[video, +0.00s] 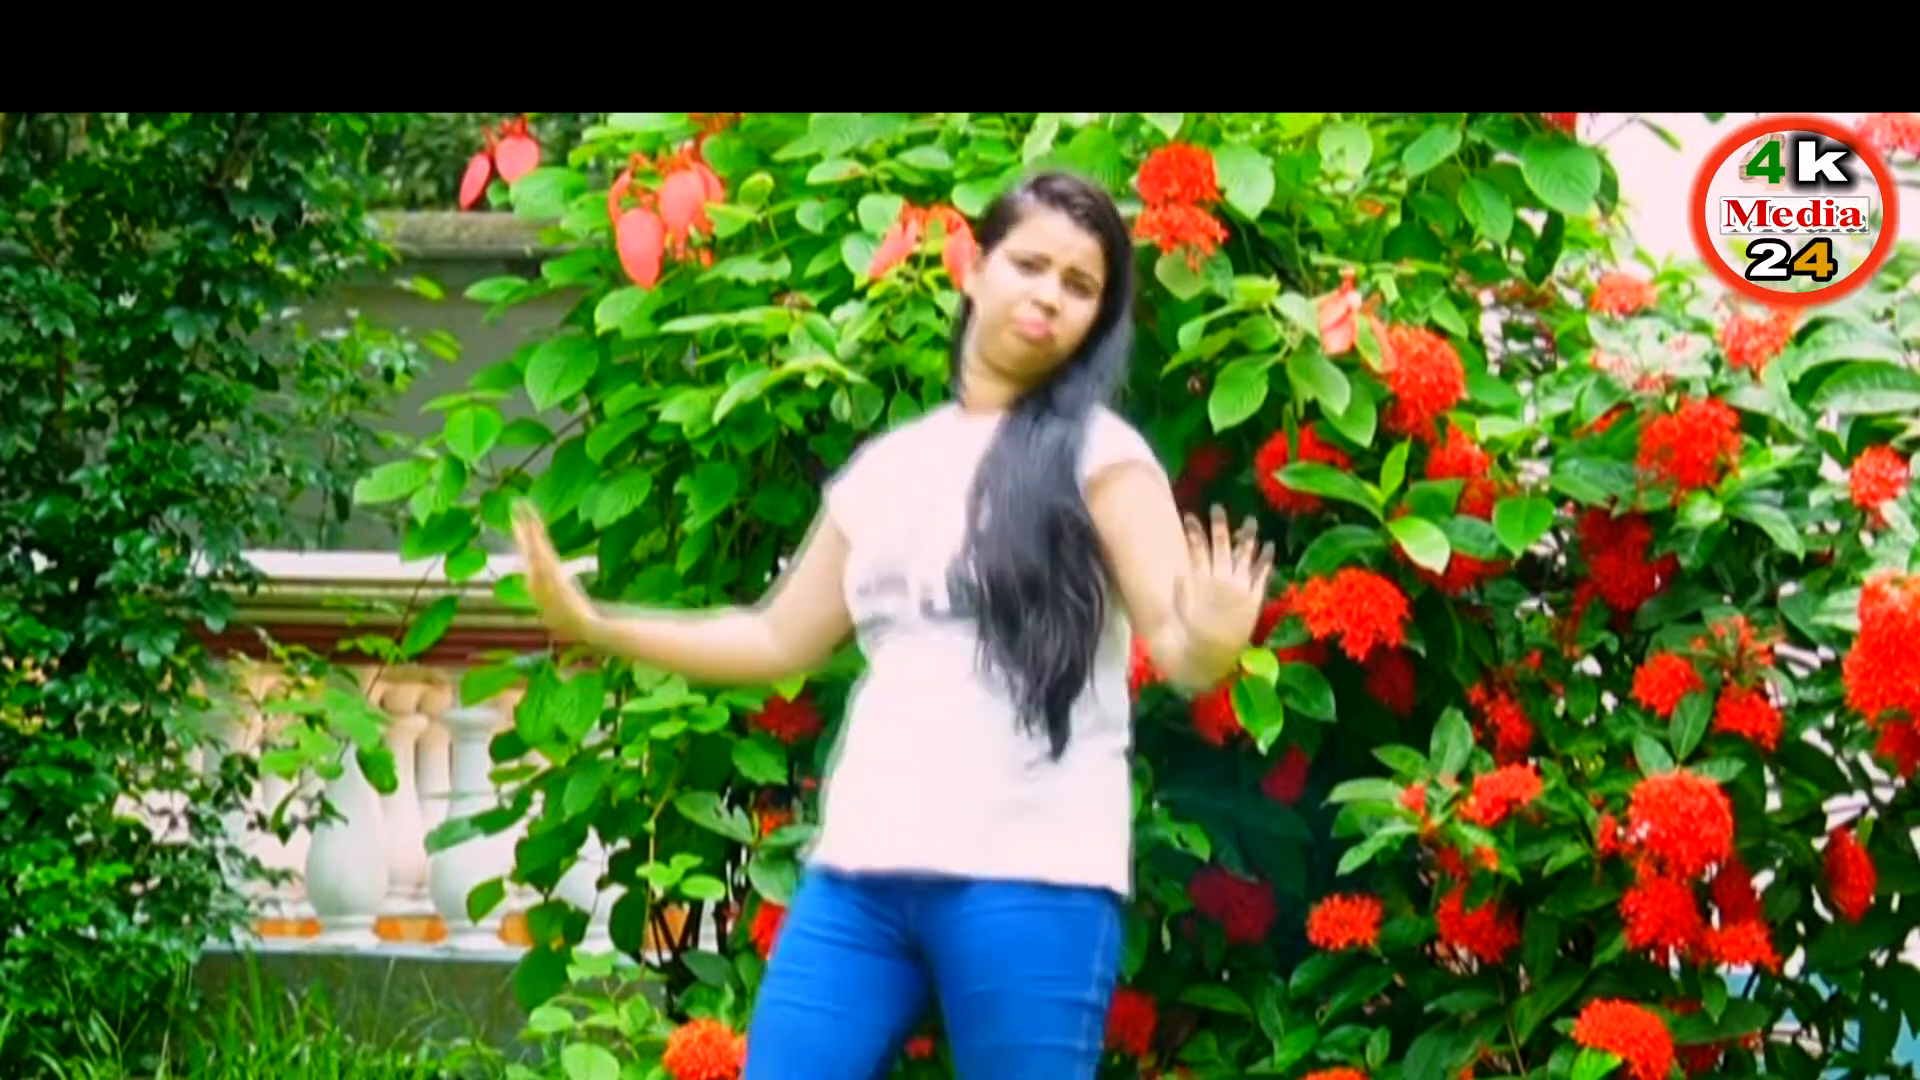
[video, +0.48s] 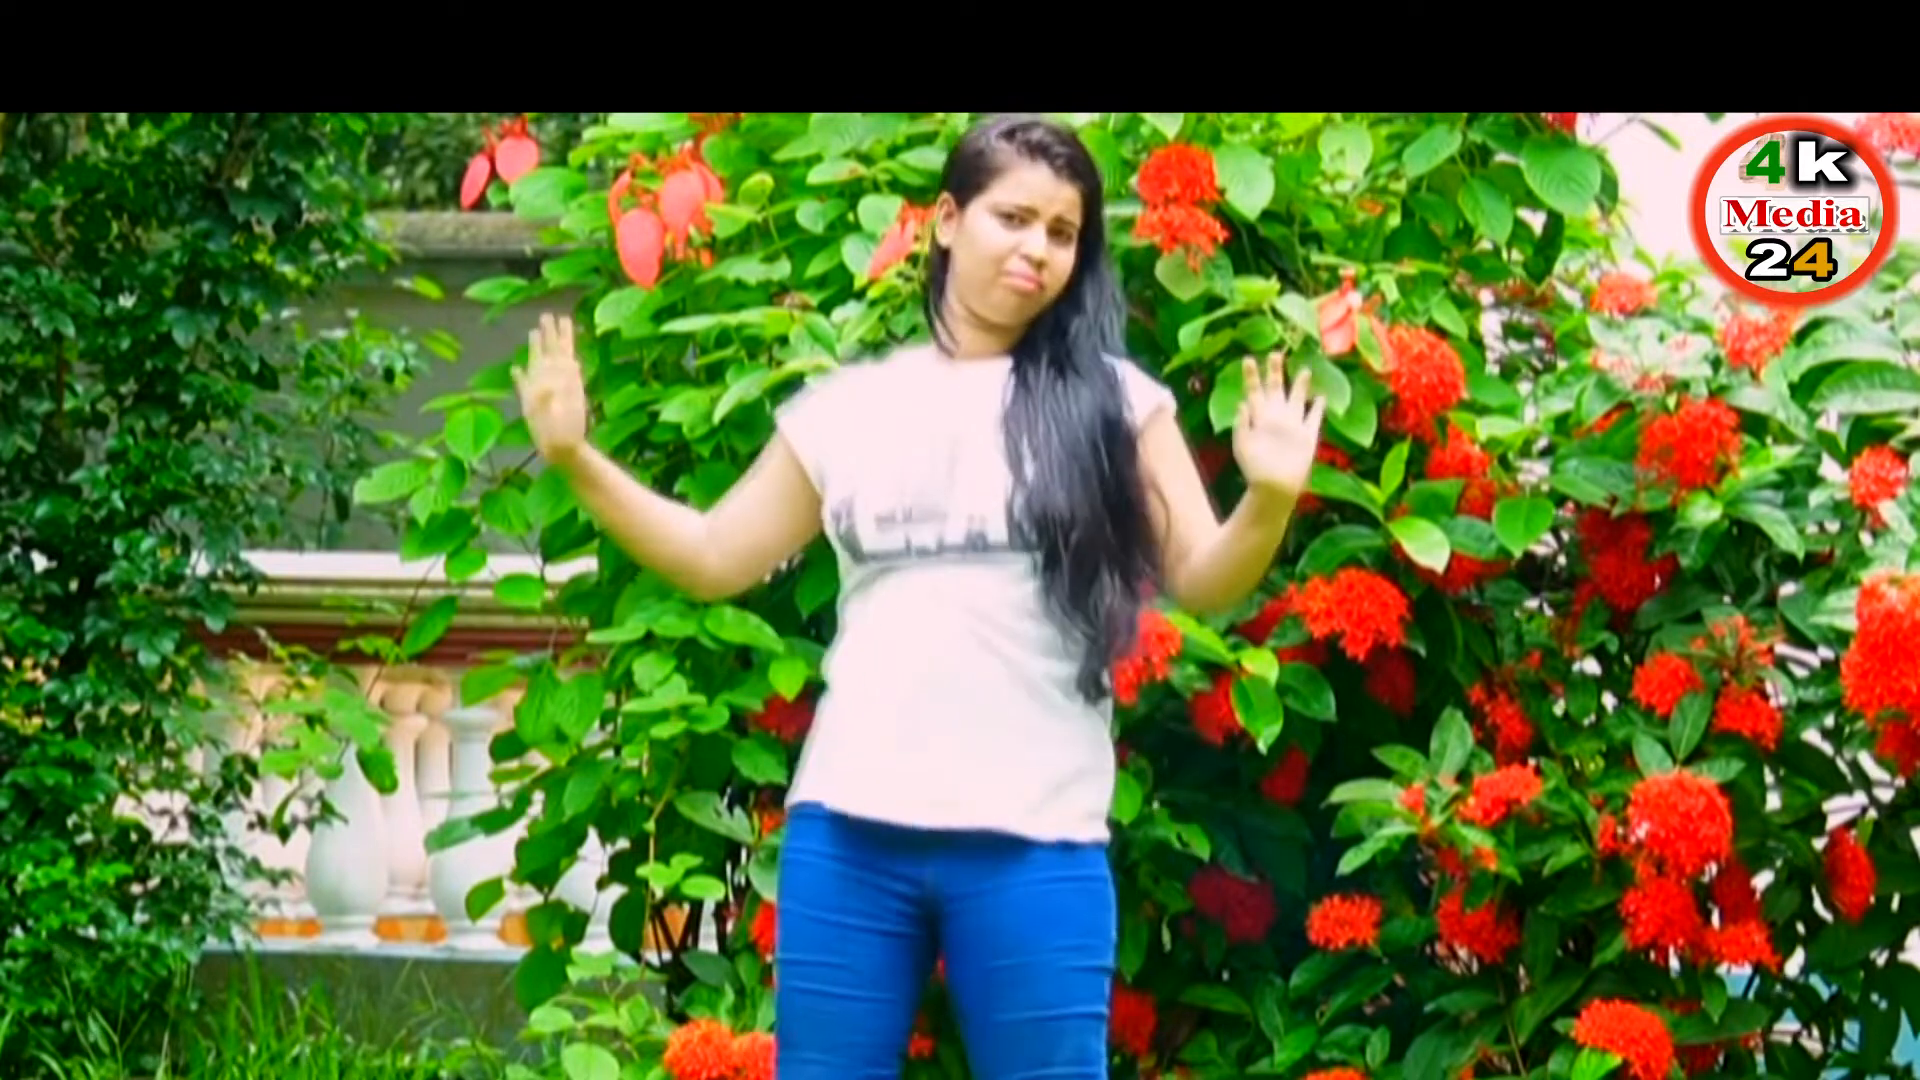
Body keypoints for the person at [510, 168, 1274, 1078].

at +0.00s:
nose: (1048, 299)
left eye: (1079, 285)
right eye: (1029, 265)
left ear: (1097, 317)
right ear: (975, 267)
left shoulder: (1100, 450)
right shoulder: (887, 465)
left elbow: (1179, 651)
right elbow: (778, 641)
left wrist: (1214, 643)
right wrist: (591, 624)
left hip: (1032, 879)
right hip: (858, 866)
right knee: (779, 1068)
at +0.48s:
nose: (1036, 251)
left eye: (1062, 234)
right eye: (1014, 219)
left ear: (1080, 258)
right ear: (949, 221)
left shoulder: (1118, 401)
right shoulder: (846, 406)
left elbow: (1203, 587)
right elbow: (713, 558)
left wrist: (1270, 502)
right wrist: (575, 456)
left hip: (1040, 843)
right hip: (847, 831)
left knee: (1053, 1072)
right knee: (823, 1074)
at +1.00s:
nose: (1080, 273)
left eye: (1111, 255)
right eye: (1058, 241)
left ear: (1135, 281)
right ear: (1006, 246)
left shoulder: (1146, 391)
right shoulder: (972, 430)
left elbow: (1264, 496)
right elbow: (870, 523)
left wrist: (1296, 355)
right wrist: (724, 401)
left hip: (1101, 862)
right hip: (948, 853)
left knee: (1069, 1070)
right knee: (876, 1068)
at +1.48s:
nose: (1068, 274)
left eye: (1098, 254)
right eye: (1045, 243)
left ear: (1128, 279)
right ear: (997, 252)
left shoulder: (1132, 395)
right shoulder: (959, 423)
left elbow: (1225, 458)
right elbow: (860, 484)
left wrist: (1237, 261)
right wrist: (779, 314)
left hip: (1072, 864)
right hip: (916, 860)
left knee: (1049, 1068)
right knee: (825, 1068)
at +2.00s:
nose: (1059, 241)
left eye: (1089, 224)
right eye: (1037, 209)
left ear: (1115, 248)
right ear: (986, 215)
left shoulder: (1134, 367)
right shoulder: (901, 385)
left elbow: (1258, 327)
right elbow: (745, 403)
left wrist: (1235, 135)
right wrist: (709, 223)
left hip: (1080, 843)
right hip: (898, 841)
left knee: (1083, 1069)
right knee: (846, 1069)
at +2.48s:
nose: (1082, 280)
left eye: (1114, 261)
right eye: (1059, 247)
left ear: (1140, 286)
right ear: (1010, 251)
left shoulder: (1153, 411)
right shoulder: (923, 407)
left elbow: (1268, 369)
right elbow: (761, 408)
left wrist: (1267, 164)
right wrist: (737, 222)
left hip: (1112, 861)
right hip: (948, 864)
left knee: (1093, 1070)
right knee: (844, 1069)